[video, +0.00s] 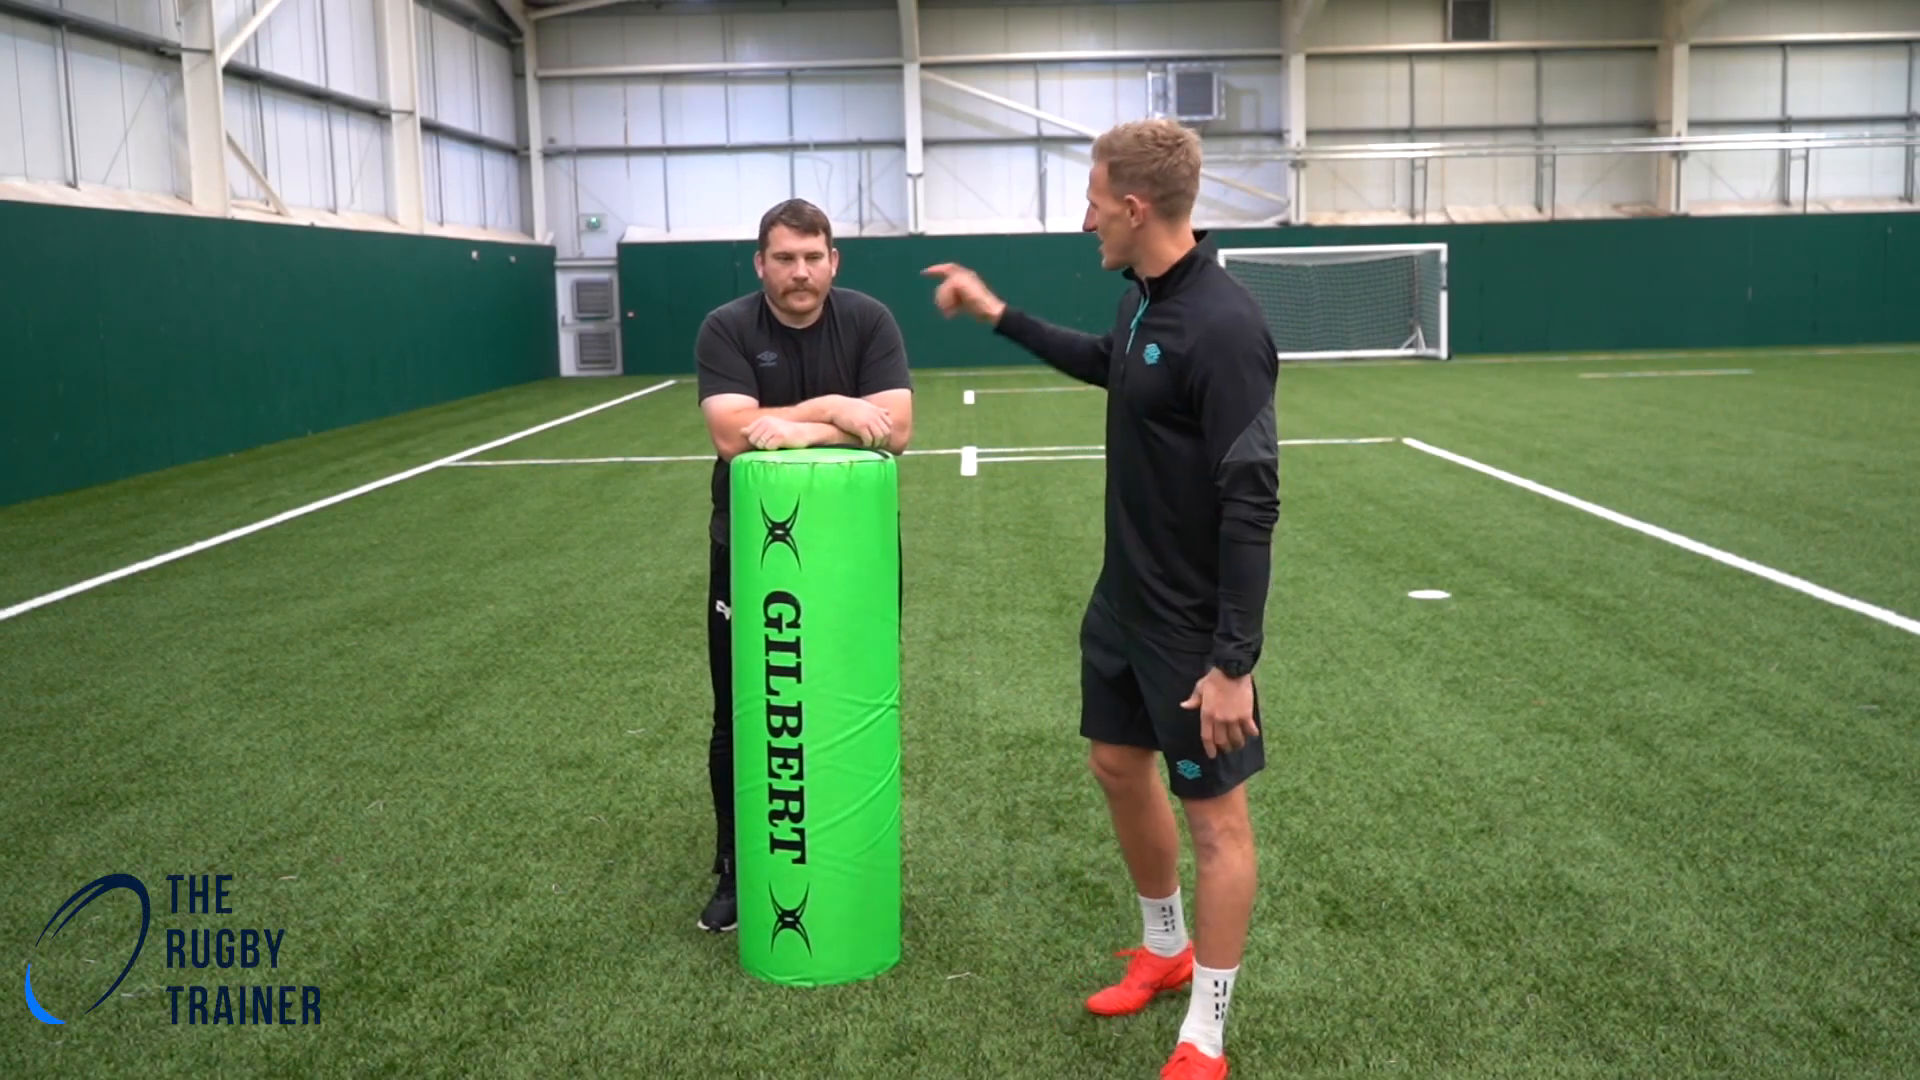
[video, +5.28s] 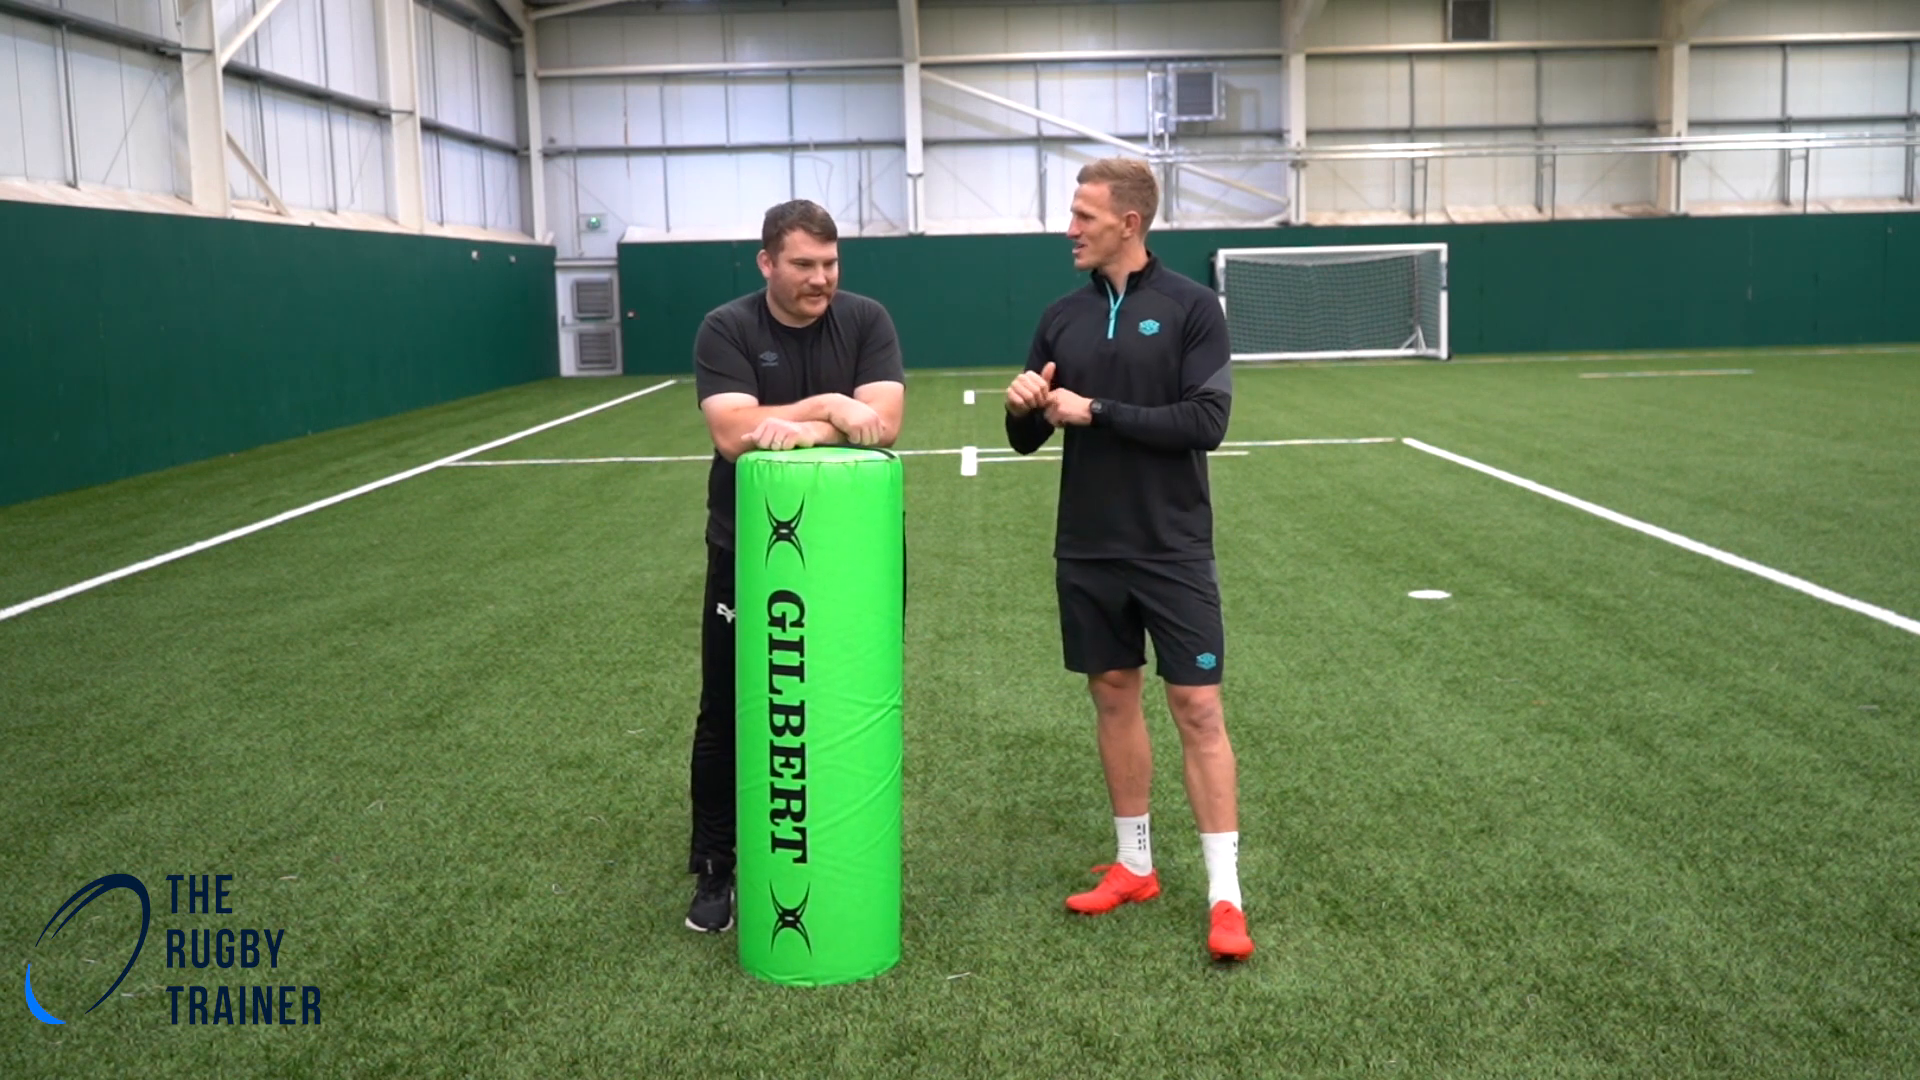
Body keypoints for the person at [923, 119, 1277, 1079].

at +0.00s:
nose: (1087, 220)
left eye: (1095, 204)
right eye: (1089, 201)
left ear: (1140, 209)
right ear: (1147, 207)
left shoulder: (1226, 326)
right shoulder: (1146, 291)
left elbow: (1251, 503)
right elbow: (1113, 367)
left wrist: (1232, 659)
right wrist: (1000, 313)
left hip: (1195, 619)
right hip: (1126, 594)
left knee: (1217, 822)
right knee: (1120, 767)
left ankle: (1206, 1034)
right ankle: (1167, 947)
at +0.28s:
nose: (1112, 216)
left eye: (1130, 199)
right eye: (1104, 200)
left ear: (1181, 205)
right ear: (1104, 211)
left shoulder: (1236, 317)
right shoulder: (1108, 313)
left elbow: (1263, 472)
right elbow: (1062, 406)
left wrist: (1209, 605)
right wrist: (937, 407)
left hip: (1201, 601)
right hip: (1119, 594)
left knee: (1208, 806)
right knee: (1152, 776)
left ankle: (1206, 1030)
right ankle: (1176, 962)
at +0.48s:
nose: (1110, 218)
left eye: (1125, 201)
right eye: (1096, 206)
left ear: (1164, 209)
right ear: (1082, 222)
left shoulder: (1230, 312)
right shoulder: (1078, 332)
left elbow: (1266, 453)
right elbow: (1045, 443)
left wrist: (1175, 549)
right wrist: (1024, 512)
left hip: (1220, 590)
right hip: (1124, 591)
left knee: (1221, 788)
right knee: (1162, 768)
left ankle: (1215, 1012)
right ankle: (1179, 962)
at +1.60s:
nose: (1213, 215)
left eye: (1231, 203)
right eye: (1209, 200)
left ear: (1278, 213)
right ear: (1206, 206)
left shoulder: (1322, 316)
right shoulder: (1178, 303)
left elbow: (1345, 446)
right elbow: (1137, 400)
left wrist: (1299, 561)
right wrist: (1109, 472)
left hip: (1274, 560)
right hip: (1180, 552)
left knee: (1276, 731)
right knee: (1161, 718)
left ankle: (1267, 895)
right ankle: (1153, 916)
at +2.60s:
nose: (1072, 222)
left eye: (1084, 211)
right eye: (1074, 209)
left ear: (1129, 217)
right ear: (1114, 216)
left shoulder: (1205, 304)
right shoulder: (1074, 315)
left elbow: (1232, 431)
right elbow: (1045, 427)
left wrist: (1220, 541)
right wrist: (993, 409)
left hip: (1182, 541)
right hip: (1100, 545)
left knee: (1201, 701)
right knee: (1122, 694)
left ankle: (1237, 879)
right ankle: (1132, 867)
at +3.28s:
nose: (1053, 226)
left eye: (1066, 215)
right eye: (1056, 213)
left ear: (1113, 223)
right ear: (1097, 222)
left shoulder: (1180, 304)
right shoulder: (1053, 320)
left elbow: (1204, 424)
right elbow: (1021, 432)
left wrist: (1098, 463)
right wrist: (1000, 388)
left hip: (1163, 547)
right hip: (1081, 547)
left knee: (1190, 709)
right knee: (1111, 694)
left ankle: (1219, 897)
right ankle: (1132, 867)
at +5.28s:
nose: (1071, 228)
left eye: (1084, 217)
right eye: (1072, 214)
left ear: (1131, 224)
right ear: (1100, 221)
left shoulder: (1192, 306)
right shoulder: (1063, 316)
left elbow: (1207, 423)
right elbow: (1026, 438)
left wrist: (1094, 412)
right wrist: (1024, 407)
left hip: (1173, 543)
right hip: (1089, 543)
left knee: (1199, 706)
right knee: (1112, 695)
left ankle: (1225, 895)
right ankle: (1134, 865)